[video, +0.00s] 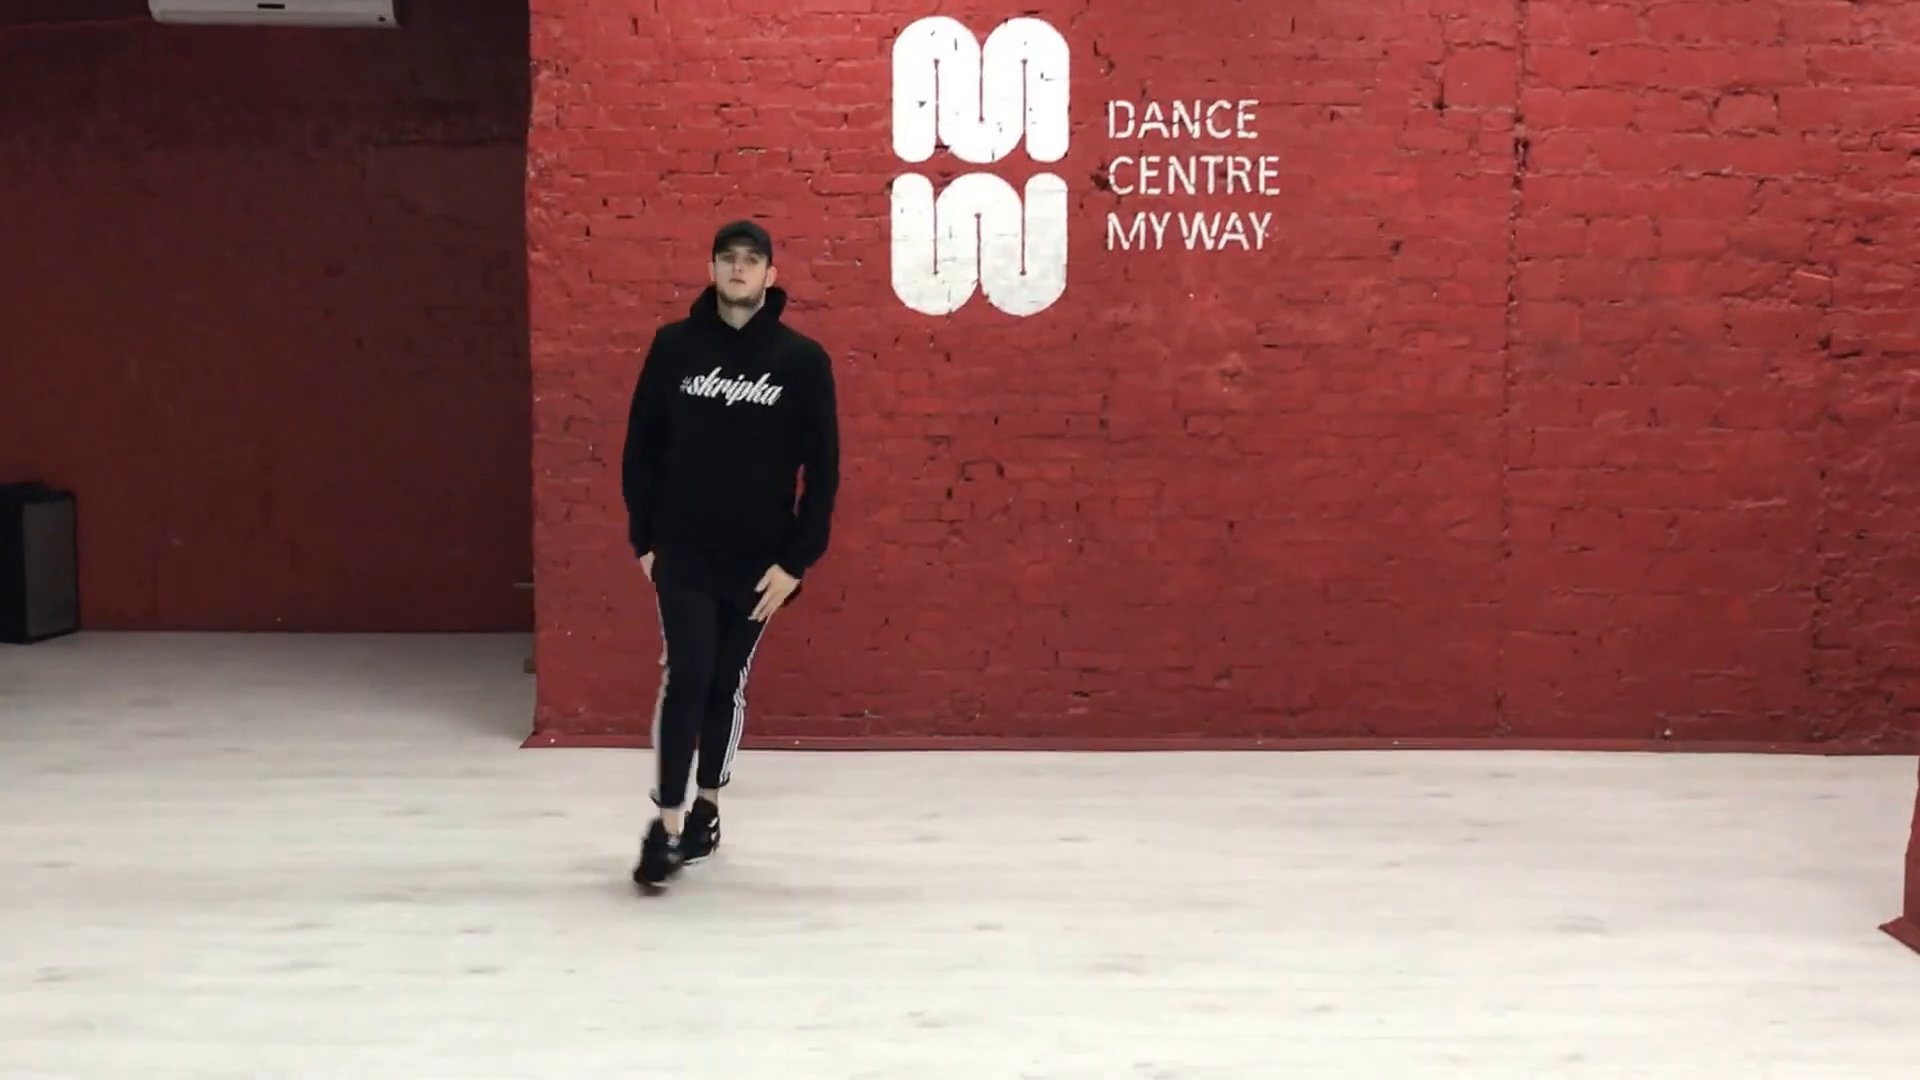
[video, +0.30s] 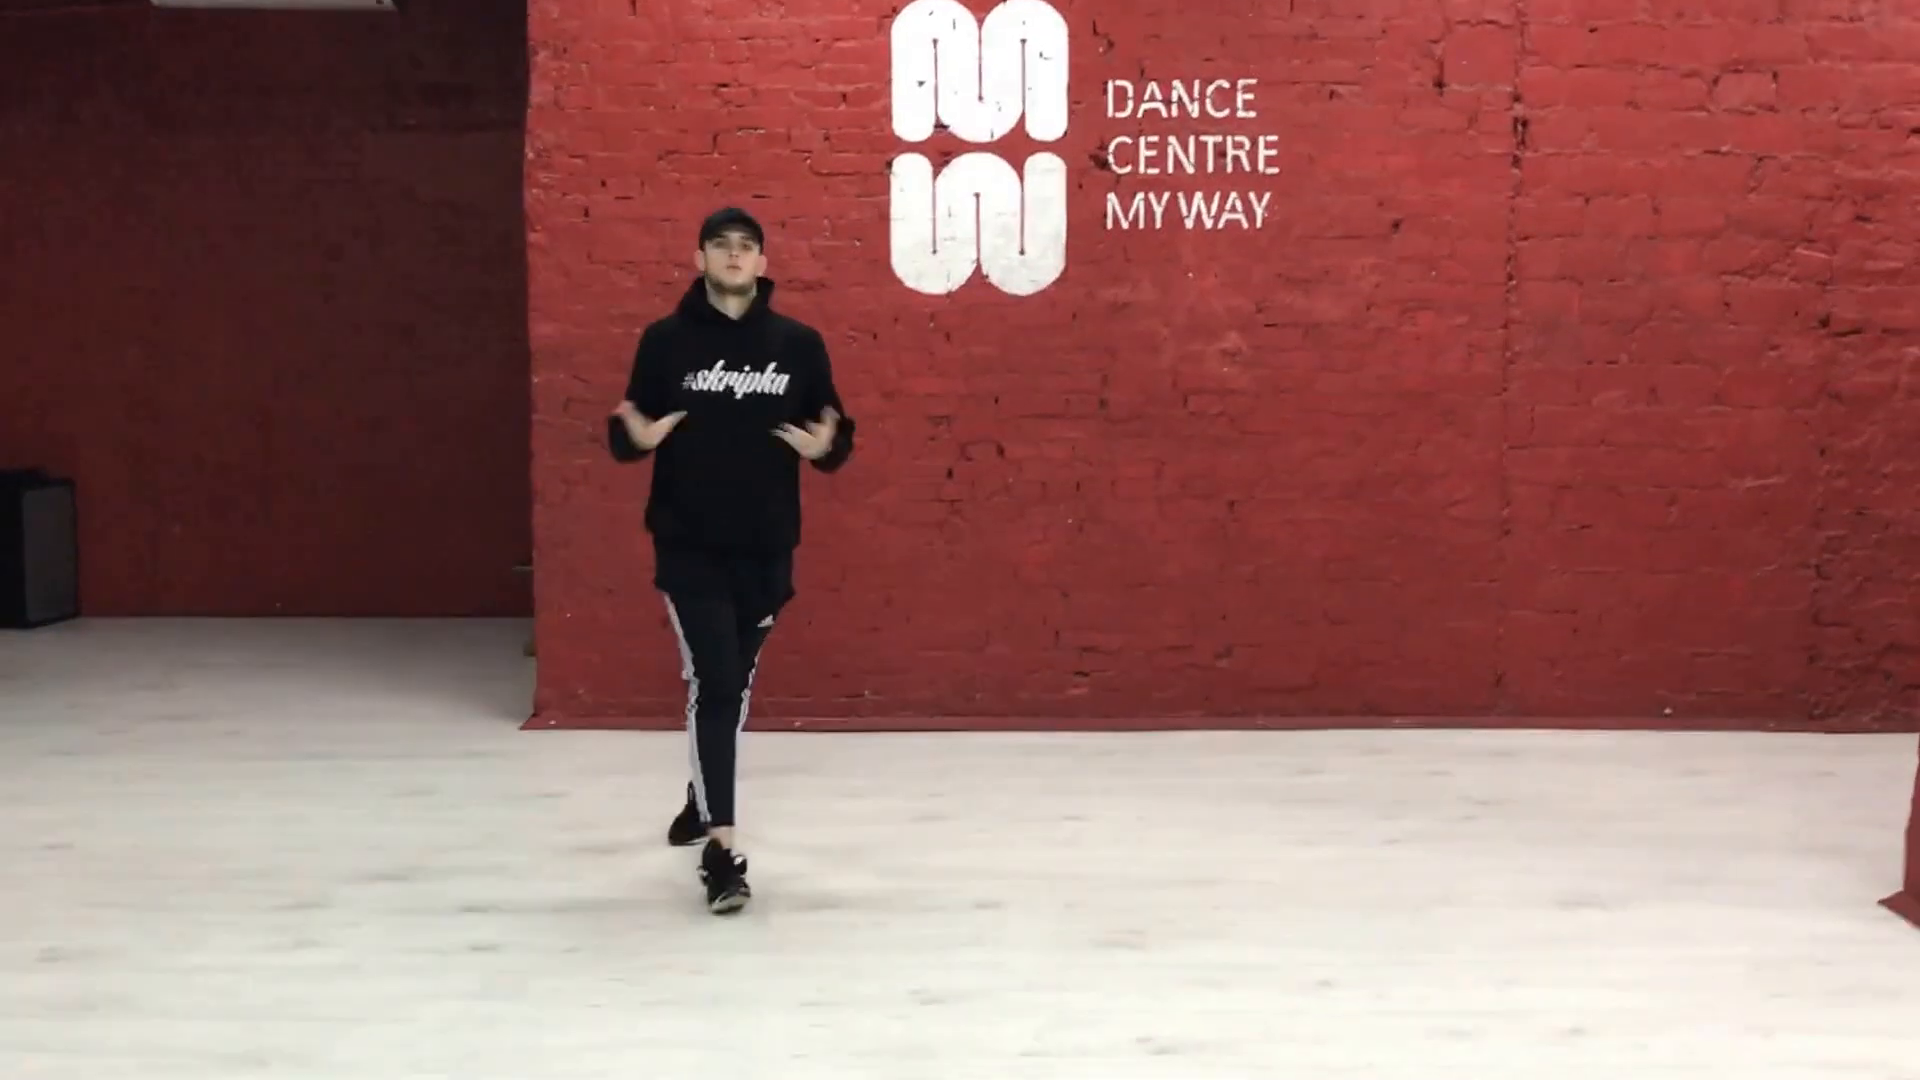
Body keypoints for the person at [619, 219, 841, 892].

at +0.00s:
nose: (737, 270)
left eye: (750, 261)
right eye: (727, 259)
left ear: (769, 272)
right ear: (711, 269)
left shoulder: (802, 359)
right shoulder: (675, 344)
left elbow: (823, 470)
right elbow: (641, 446)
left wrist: (796, 562)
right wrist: (645, 540)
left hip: (755, 549)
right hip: (680, 543)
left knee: (725, 684)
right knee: (686, 676)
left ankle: (707, 805)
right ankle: (667, 821)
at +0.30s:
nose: (733, 257)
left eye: (745, 247)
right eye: (720, 246)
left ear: (762, 260)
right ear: (700, 259)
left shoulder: (798, 345)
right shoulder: (665, 341)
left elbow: (834, 432)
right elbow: (624, 431)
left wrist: (828, 447)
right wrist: (635, 438)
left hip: (765, 542)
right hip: (687, 540)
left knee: (731, 687)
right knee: (717, 681)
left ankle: (700, 800)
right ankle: (722, 843)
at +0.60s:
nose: (755, 227)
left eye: (766, 216)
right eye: (741, 216)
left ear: (780, 231)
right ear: (715, 229)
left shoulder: (812, 319)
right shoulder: (677, 318)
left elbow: (847, 422)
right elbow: (626, 423)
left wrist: (878, 378)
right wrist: (615, 367)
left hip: (788, 532)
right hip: (704, 532)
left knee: (800, 677)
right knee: (734, 680)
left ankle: (763, 775)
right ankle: (731, 828)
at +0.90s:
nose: (795, 256)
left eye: (808, 243)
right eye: (784, 241)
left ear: (824, 233)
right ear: (756, 223)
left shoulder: (838, 305)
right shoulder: (705, 290)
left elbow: (913, 389)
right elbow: (624, 351)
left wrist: (905, 310)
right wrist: (688, 268)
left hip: (827, 523)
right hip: (739, 525)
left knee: (832, 675)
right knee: (763, 675)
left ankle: (830, 842)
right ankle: (735, 809)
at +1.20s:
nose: (822, 238)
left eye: (835, 227)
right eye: (811, 224)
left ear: (854, 210)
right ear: (785, 199)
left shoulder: (876, 263)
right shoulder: (739, 247)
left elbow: (962, 319)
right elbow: (639, 293)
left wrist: (982, 310)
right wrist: (676, 274)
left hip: (852, 496)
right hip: (763, 494)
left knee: (837, 657)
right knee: (776, 651)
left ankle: (828, 820)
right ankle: (766, 765)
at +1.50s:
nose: (823, 227)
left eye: (834, 215)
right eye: (811, 214)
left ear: (854, 199)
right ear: (789, 194)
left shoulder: (887, 264)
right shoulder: (748, 247)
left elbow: (949, 355)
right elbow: (692, 334)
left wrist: (998, 442)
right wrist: (657, 419)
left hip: (858, 487)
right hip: (766, 485)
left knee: (840, 633)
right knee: (779, 647)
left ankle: (827, 801)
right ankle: (813, 722)